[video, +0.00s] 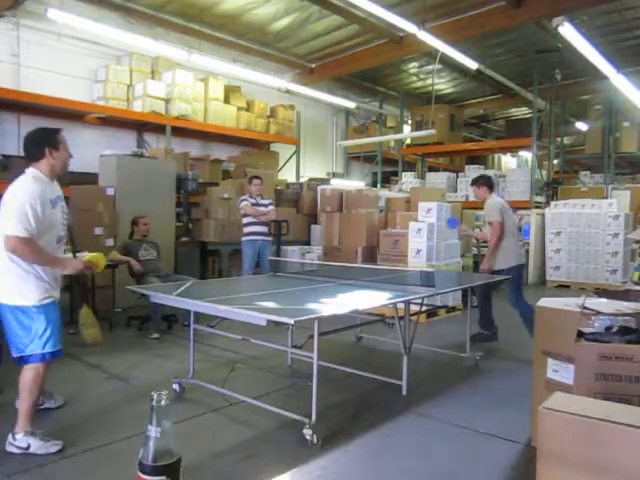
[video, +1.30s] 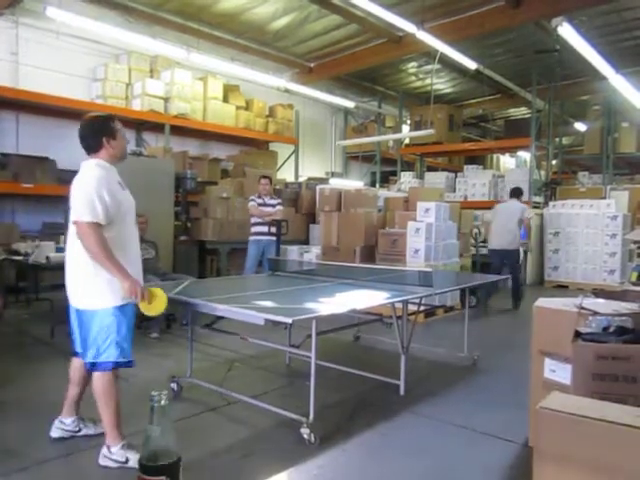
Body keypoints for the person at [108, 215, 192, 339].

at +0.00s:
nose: (147, 228)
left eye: (148, 225)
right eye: (144, 225)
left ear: (149, 227)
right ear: (135, 227)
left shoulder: (154, 245)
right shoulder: (128, 244)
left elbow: (158, 262)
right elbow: (112, 255)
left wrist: (163, 272)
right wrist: (130, 260)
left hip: (162, 275)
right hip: (146, 276)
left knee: (192, 283)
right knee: (158, 292)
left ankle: (188, 320)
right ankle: (154, 329)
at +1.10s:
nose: (140, 226)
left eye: (143, 223)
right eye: (136, 223)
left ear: (146, 225)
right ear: (131, 226)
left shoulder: (152, 244)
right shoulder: (126, 244)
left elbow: (155, 264)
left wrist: (165, 274)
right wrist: (128, 260)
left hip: (158, 274)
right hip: (142, 276)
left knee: (189, 281)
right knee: (158, 290)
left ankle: (186, 320)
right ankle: (154, 328)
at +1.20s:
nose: (140, 226)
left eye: (143, 223)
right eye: (136, 223)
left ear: (147, 225)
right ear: (131, 225)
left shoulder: (152, 244)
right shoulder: (128, 244)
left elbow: (156, 263)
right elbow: (130, 262)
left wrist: (161, 273)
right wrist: (141, 272)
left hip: (159, 274)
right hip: (143, 275)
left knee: (189, 281)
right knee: (162, 290)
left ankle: (186, 318)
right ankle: (155, 327)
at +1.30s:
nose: (142, 226)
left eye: (144, 223)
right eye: (139, 224)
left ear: (147, 225)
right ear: (134, 225)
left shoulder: (152, 245)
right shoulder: (130, 243)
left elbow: (156, 266)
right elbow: (132, 266)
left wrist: (165, 274)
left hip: (157, 274)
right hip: (142, 275)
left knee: (190, 282)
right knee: (158, 288)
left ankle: (186, 319)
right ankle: (154, 327)